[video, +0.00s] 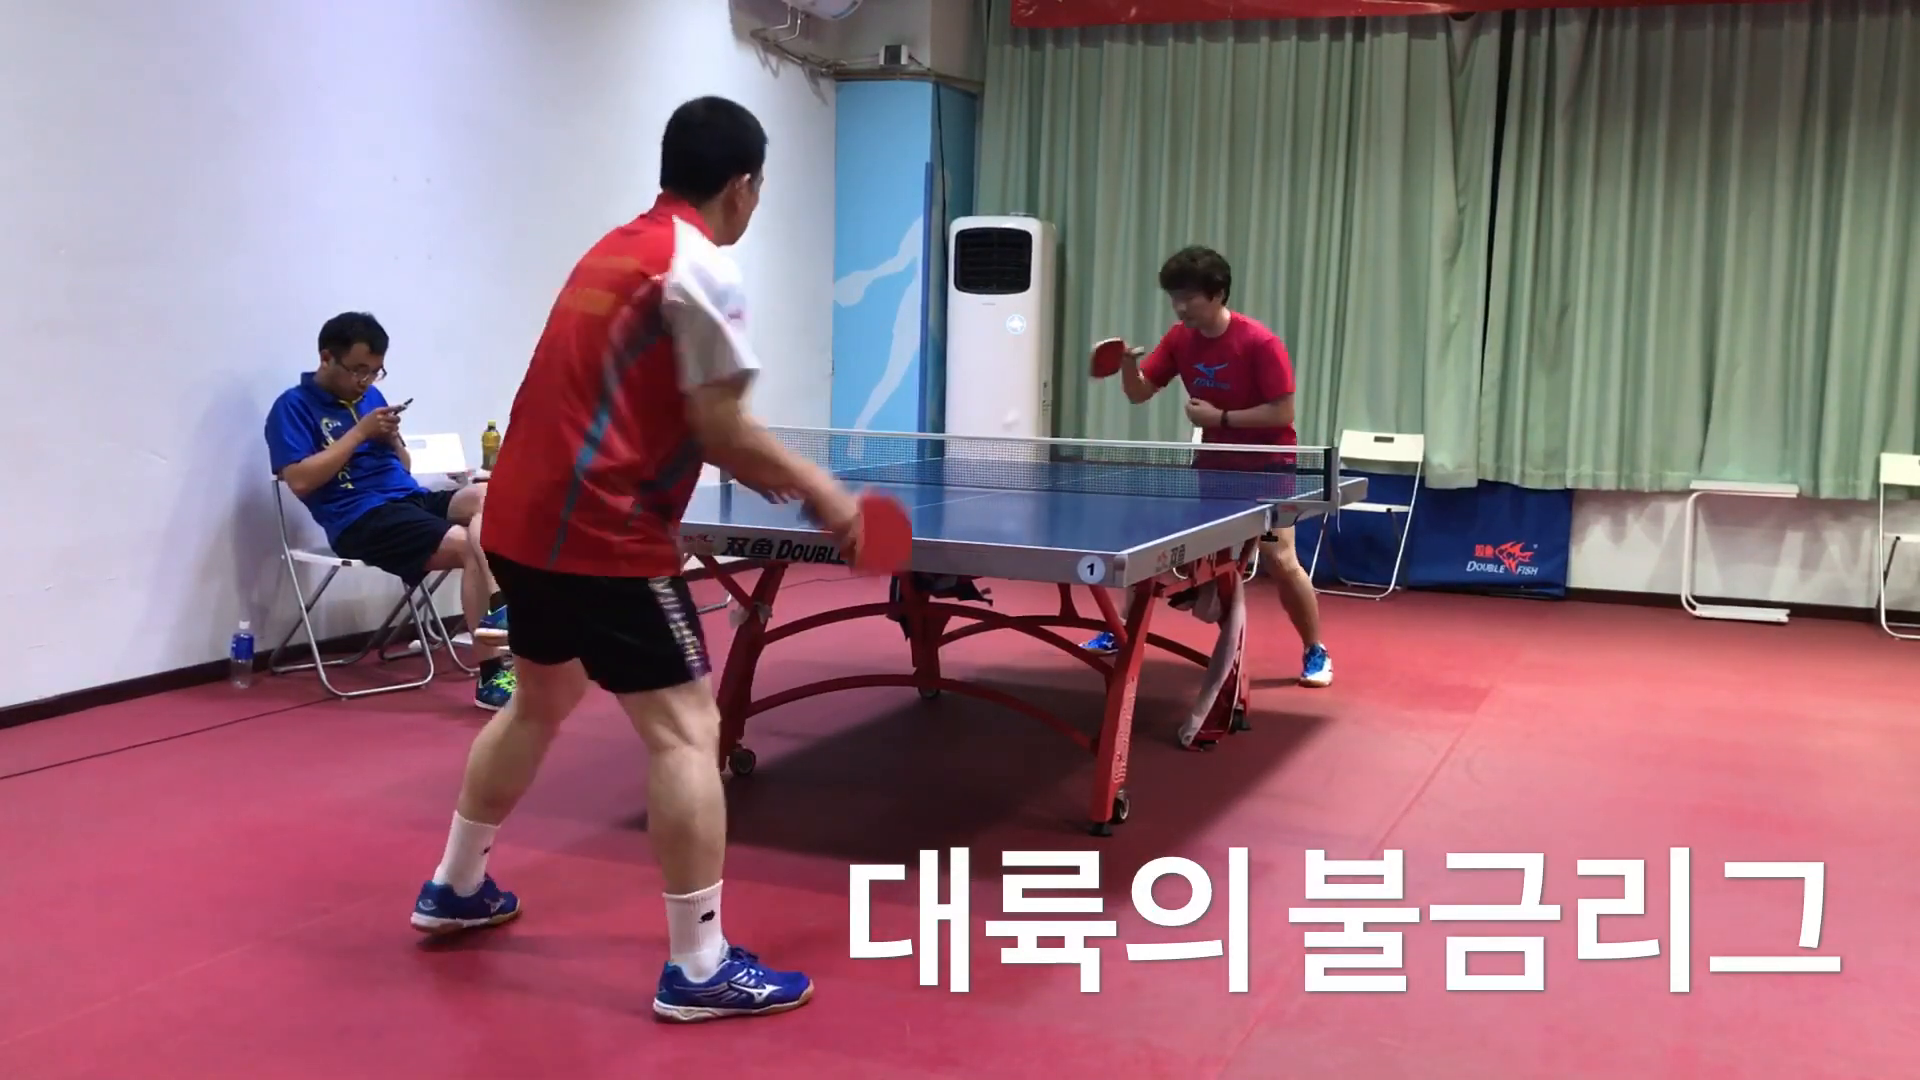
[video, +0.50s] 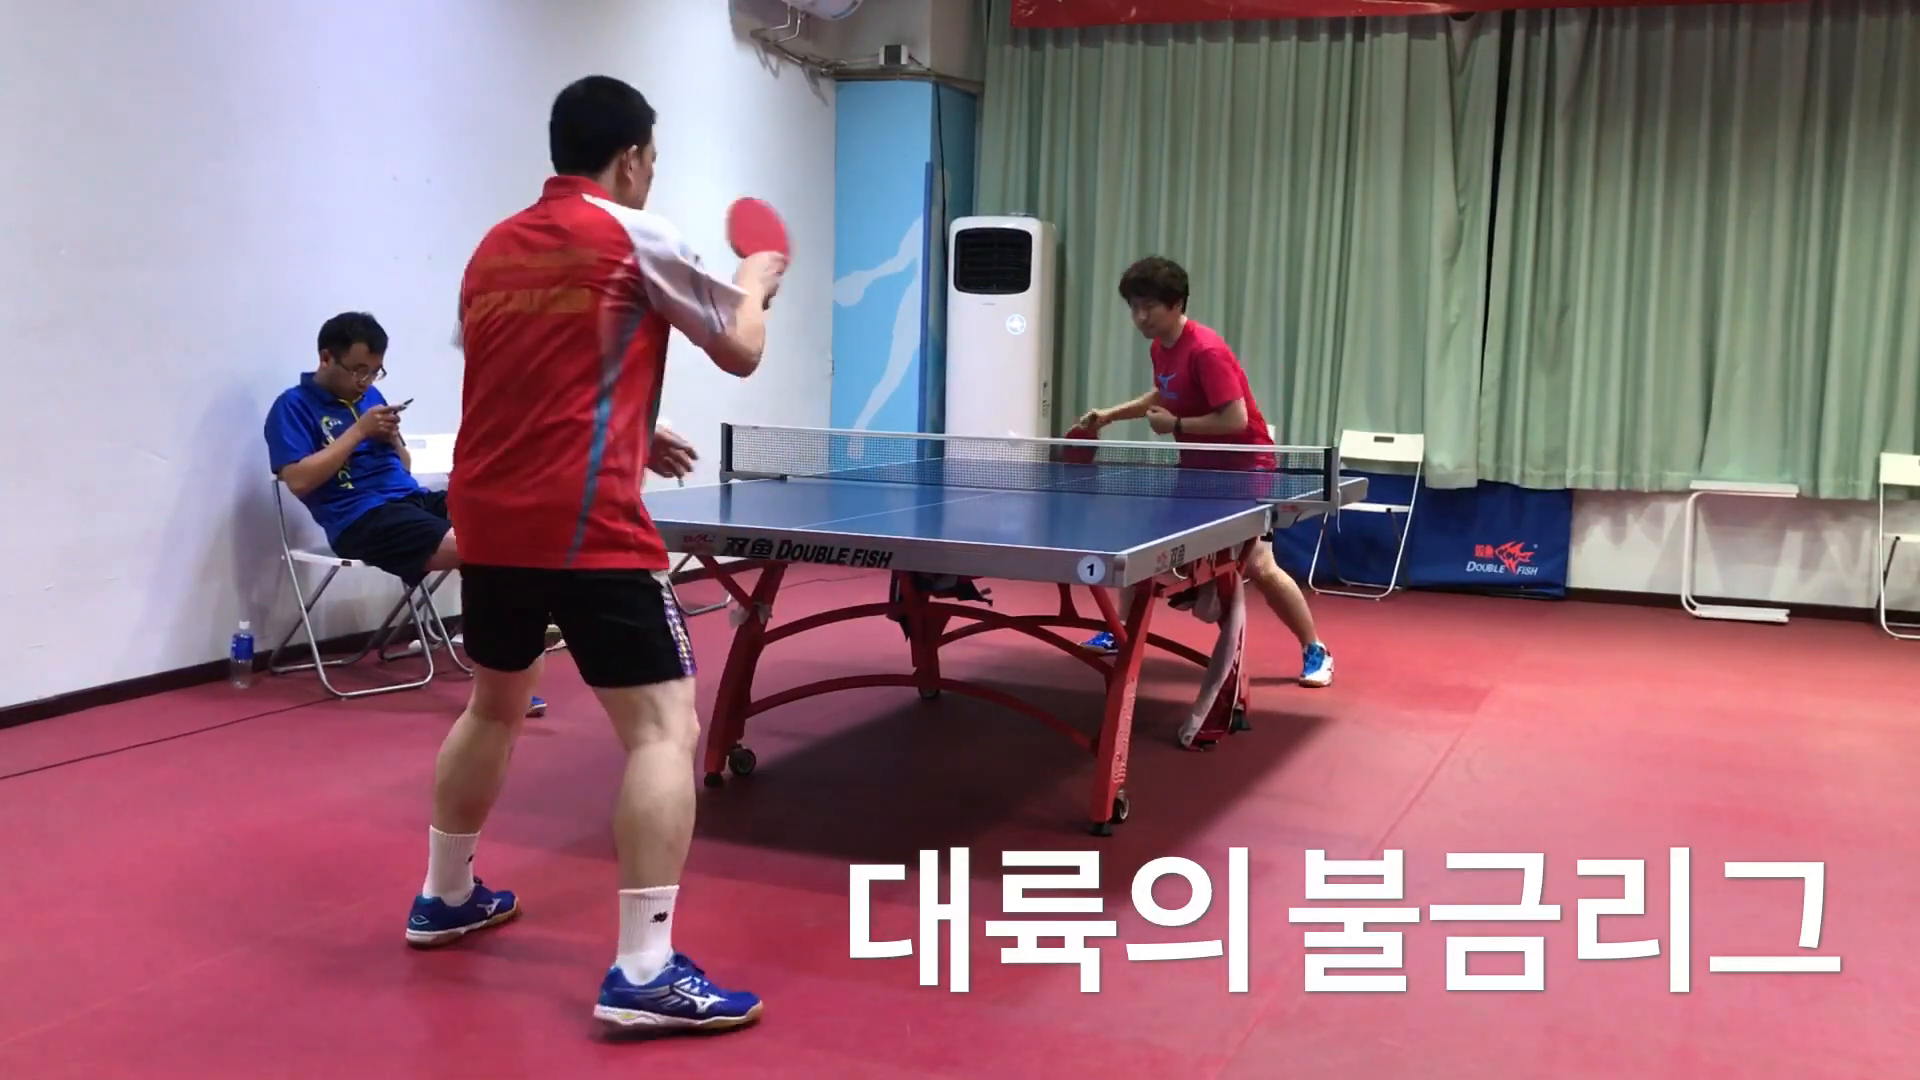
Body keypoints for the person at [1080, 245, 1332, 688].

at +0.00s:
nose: (1177, 308)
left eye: (1185, 298)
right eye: (1174, 299)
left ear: (1214, 294)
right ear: (1176, 298)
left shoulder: (1261, 344)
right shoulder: (1180, 339)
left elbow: (1283, 413)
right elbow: (1138, 393)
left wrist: (1220, 417)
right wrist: (1127, 364)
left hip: (1267, 471)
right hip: (1212, 469)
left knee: (1282, 561)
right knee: (1156, 541)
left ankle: (1315, 649)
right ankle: (1126, 634)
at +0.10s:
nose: (1186, 307)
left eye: (1195, 297)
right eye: (1179, 298)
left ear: (1222, 295)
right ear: (1173, 299)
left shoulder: (1264, 344)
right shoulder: (1174, 344)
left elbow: (1291, 410)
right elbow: (1134, 405)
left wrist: (1227, 419)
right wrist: (1131, 379)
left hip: (1264, 470)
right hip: (1205, 469)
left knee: (1284, 558)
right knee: (1150, 540)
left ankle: (1317, 650)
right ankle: (1124, 636)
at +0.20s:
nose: (1180, 310)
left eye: (1190, 300)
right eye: (1173, 301)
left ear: (1215, 300)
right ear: (1167, 304)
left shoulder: (1256, 349)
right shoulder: (1165, 351)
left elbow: (1283, 415)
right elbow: (1131, 419)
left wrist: (1225, 425)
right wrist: (1132, 392)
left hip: (1256, 477)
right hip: (1195, 477)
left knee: (1279, 558)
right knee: (1138, 545)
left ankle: (1317, 650)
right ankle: (1123, 636)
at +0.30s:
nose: (1165, 303)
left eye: (1175, 294)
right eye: (1159, 295)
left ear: (1201, 294)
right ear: (1154, 297)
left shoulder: (1240, 344)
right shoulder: (1155, 346)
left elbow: (1268, 409)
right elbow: (1131, 408)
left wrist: (1207, 420)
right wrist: (1110, 397)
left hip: (1247, 475)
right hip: (1188, 473)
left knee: (1273, 559)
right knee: (1136, 543)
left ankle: (1315, 649)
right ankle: (1123, 634)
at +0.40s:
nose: (1150, 301)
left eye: (1159, 291)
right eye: (1144, 292)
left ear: (1186, 292)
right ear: (1139, 293)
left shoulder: (1220, 340)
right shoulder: (1152, 341)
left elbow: (1251, 408)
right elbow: (1141, 398)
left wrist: (1188, 414)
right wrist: (1093, 410)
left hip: (1244, 468)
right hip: (1190, 467)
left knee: (1267, 559)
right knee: (1147, 541)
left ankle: (1313, 649)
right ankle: (1124, 632)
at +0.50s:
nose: (1139, 317)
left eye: (1146, 307)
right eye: (1134, 308)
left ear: (1175, 303)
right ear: (1134, 308)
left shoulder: (1208, 351)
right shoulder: (1160, 349)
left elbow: (1235, 420)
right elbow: (1167, 396)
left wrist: (1177, 425)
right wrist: (1110, 415)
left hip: (1246, 471)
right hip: (1198, 469)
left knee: (1259, 565)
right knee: (1147, 542)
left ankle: (1314, 649)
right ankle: (1126, 632)